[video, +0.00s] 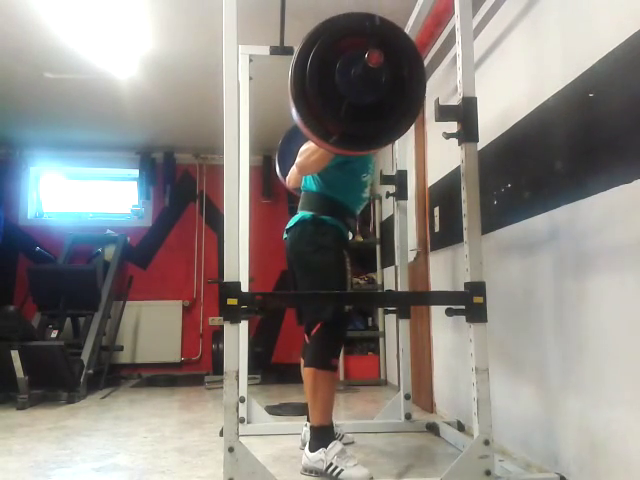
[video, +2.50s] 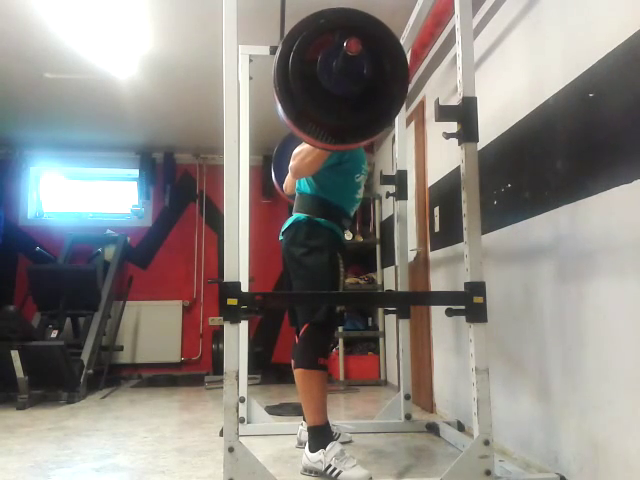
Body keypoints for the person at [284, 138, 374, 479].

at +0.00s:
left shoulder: (355, 137)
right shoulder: (338, 131)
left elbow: (292, 180)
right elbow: (300, 168)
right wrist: (340, 138)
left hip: (321, 232)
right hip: (315, 231)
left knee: (320, 332)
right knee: (328, 331)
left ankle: (317, 432)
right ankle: (321, 446)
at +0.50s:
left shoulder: (353, 137)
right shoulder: (338, 132)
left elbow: (289, 180)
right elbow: (297, 168)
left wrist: (302, 162)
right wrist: (340, 138)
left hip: (319, 232)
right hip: (313, 232)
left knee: (321, 330)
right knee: (326, 329)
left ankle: (318, 433)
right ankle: (320, 445)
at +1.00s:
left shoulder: (348, 136)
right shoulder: (333, 131)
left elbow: (282, 180)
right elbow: (295, 167)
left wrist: (297, 166)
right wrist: (336, 140)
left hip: (311, 232)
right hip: (308, 231)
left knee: (309, 334)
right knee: (320, 332)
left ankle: (314, 430)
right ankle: (320, 446)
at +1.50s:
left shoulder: (347, 140)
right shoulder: (333, 133)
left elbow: (282, 181)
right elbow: (294, 169)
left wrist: (299, 166)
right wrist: (333, 141)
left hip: (316, 234)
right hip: (307, 232)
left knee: (314, 332)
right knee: (314, 331)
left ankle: (315, 429)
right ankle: (319, 445)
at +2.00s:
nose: (378, 131)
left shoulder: (347, 143)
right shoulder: (335, 135)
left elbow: (287, 185)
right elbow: (298, 167)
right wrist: (337, 134)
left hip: (316, 234)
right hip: (311, 234)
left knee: (313, 334)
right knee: (317, 333)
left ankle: (315, 428)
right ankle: (319, 447)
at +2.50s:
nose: (373, 135)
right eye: (368, 126)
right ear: (351, 114)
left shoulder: (345, 144)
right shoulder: (330, 134)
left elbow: (289, 186)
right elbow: (296, 170)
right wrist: (333, 134)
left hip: (317, 234)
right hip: (310, 233)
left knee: (314, 333)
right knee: (316, 332)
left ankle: (315, 429)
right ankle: (319, 446)